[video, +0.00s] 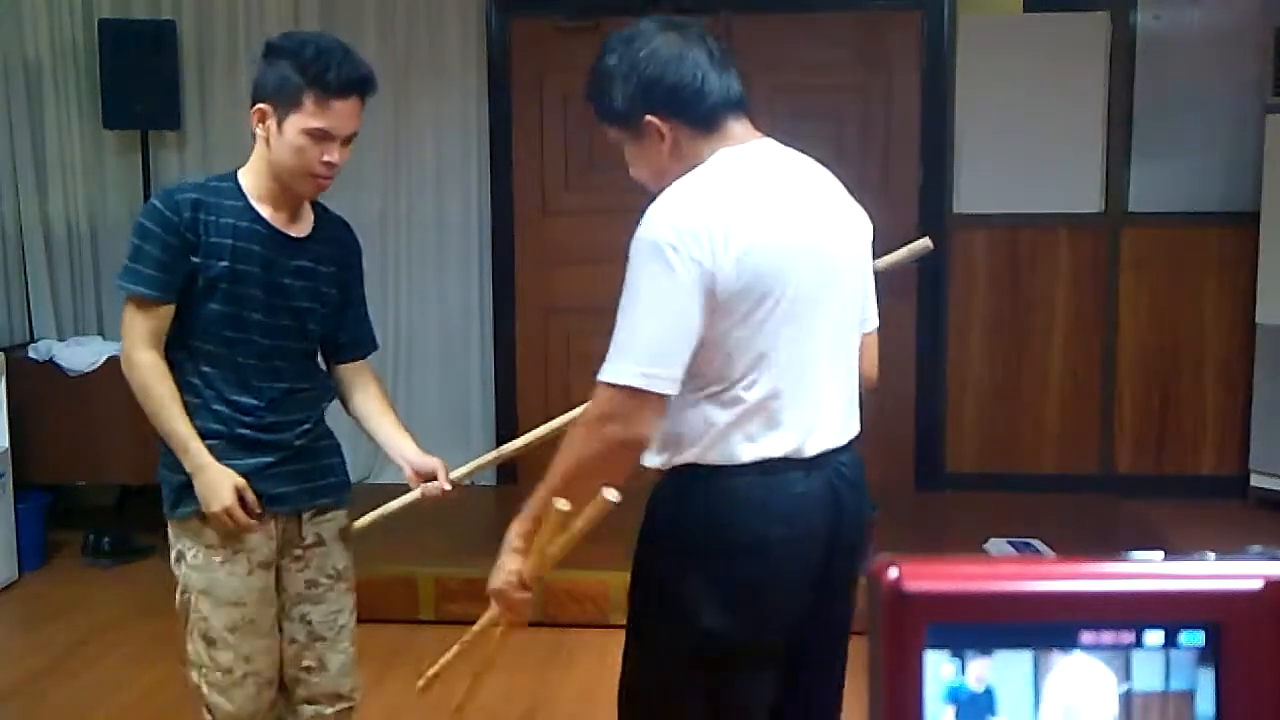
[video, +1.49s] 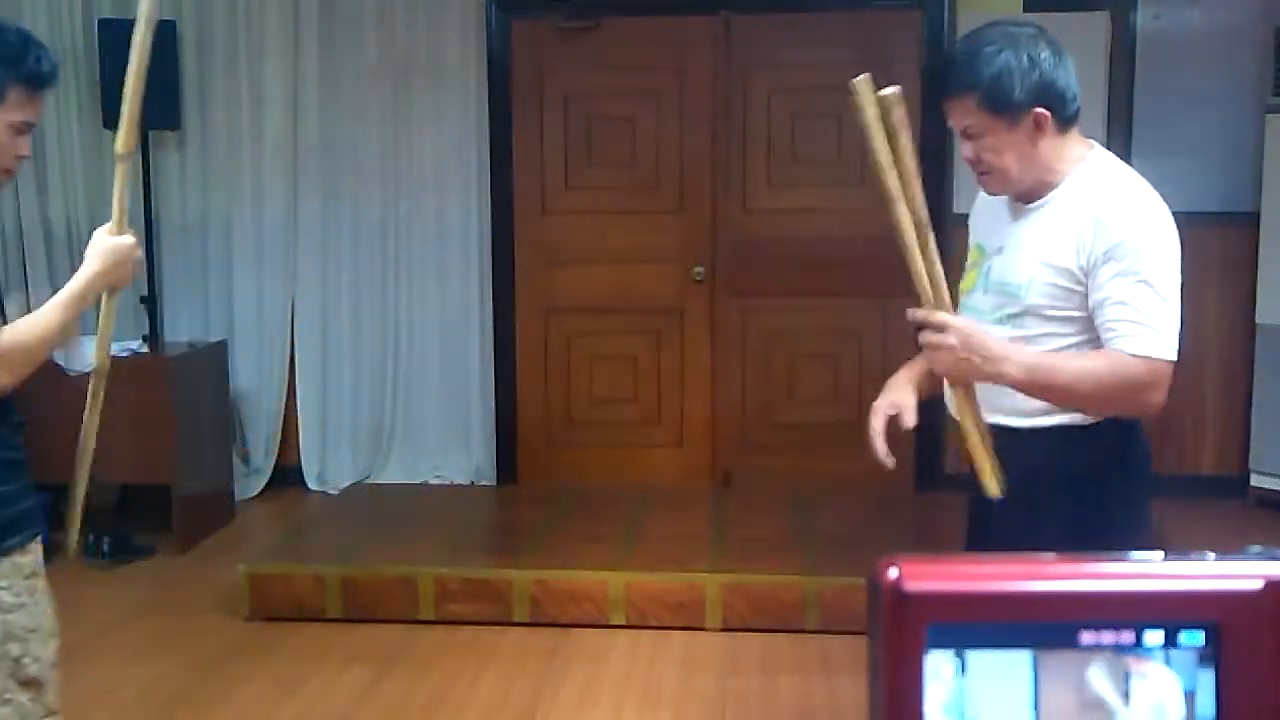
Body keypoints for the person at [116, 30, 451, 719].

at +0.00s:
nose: (334, 158)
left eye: (346, 141)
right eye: (318, 137)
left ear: (355, 133)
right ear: (263, 123)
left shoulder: (335, 238)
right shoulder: (182, 215)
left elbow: (351, 366)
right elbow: (139, 350)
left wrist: (406, 450)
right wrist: (202, 467)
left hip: (317, 500)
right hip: (220, 504)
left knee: (329, 699)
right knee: (241, 704)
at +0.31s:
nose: (315, 156)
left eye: (322, 137)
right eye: (301, 135)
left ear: (324, 127)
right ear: (239, 121)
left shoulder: (283, 231)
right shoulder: (161, 221)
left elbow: (298, 362)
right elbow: (146, 374)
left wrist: (373, 449)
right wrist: (275, 457)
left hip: (282, 511)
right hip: (199, 521)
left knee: (304, 699)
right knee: (224, 707)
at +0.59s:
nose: (259, 150)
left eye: (263, 132)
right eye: (248, 129)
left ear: (185, 120)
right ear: (183, 116)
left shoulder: (169, 221)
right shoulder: (135, 218)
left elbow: (196, 374)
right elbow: (185, 381)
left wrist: (281, 440)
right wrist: (323, 396)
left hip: (181, 528)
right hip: (157, 537)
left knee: (218, 698)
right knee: (206, 702)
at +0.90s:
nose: (174, 144)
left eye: (178, 125)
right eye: (168, 122)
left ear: (104, 110)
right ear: (108, 109)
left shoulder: (26, 215)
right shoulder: (101, 222)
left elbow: (67, 392)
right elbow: (204, 362)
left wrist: (177, 428)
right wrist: (291, 310)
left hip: (55, 526)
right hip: (128, 536)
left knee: (84, 699)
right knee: (172, 706)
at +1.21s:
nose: (81, 153)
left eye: (86, 134)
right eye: (72, 132)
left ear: (15, 126)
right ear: (12, 122)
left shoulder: (12, 222)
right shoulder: (8, 223)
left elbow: (5, 408)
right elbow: (85, 372)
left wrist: (74, 473)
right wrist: (160, 290)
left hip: (30, 533)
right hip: (32, 539)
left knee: (47, 701)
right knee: (75, 704)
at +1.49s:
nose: (25, 151)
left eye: (30, 132)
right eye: (19, 131)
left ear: (23, 122)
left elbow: (10, 361)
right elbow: (6, 367)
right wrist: (92, 279)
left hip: (13, 530)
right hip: (6, 534)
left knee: (28, 698)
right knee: (22, 702)